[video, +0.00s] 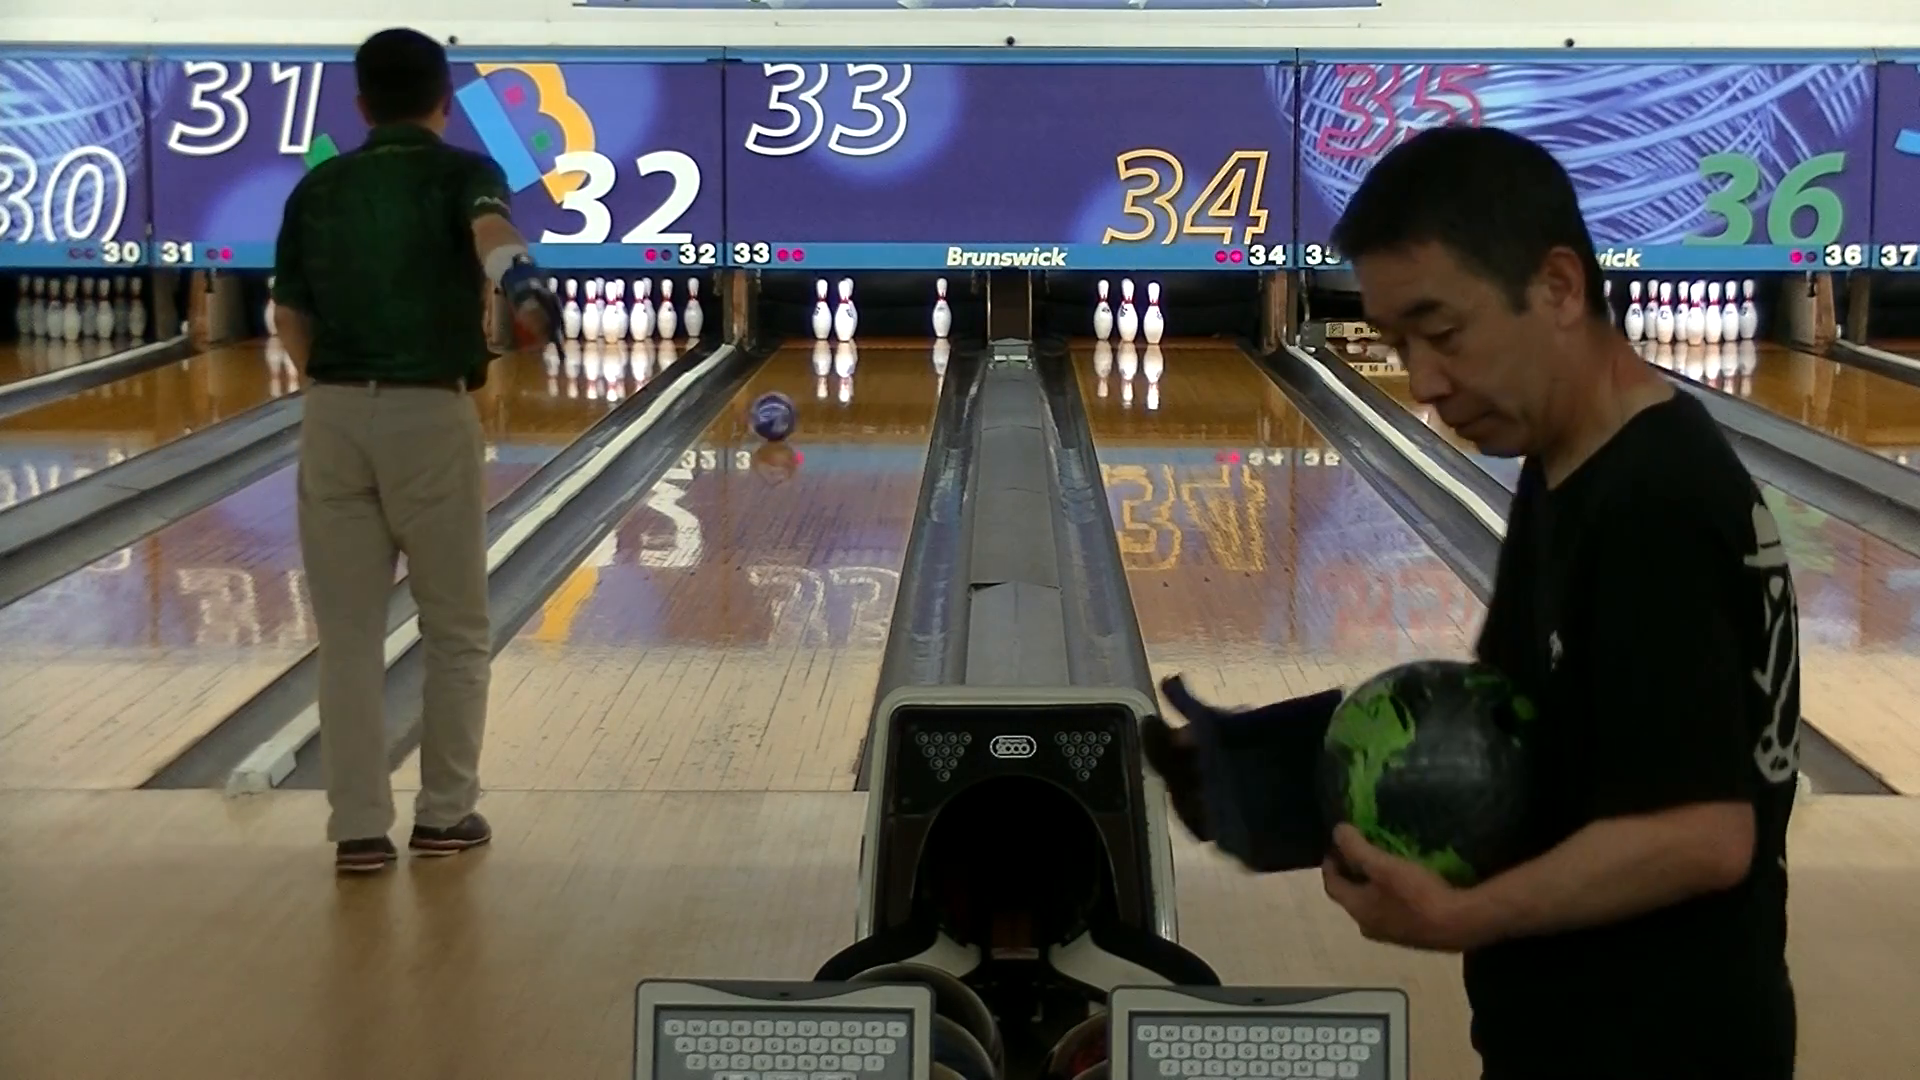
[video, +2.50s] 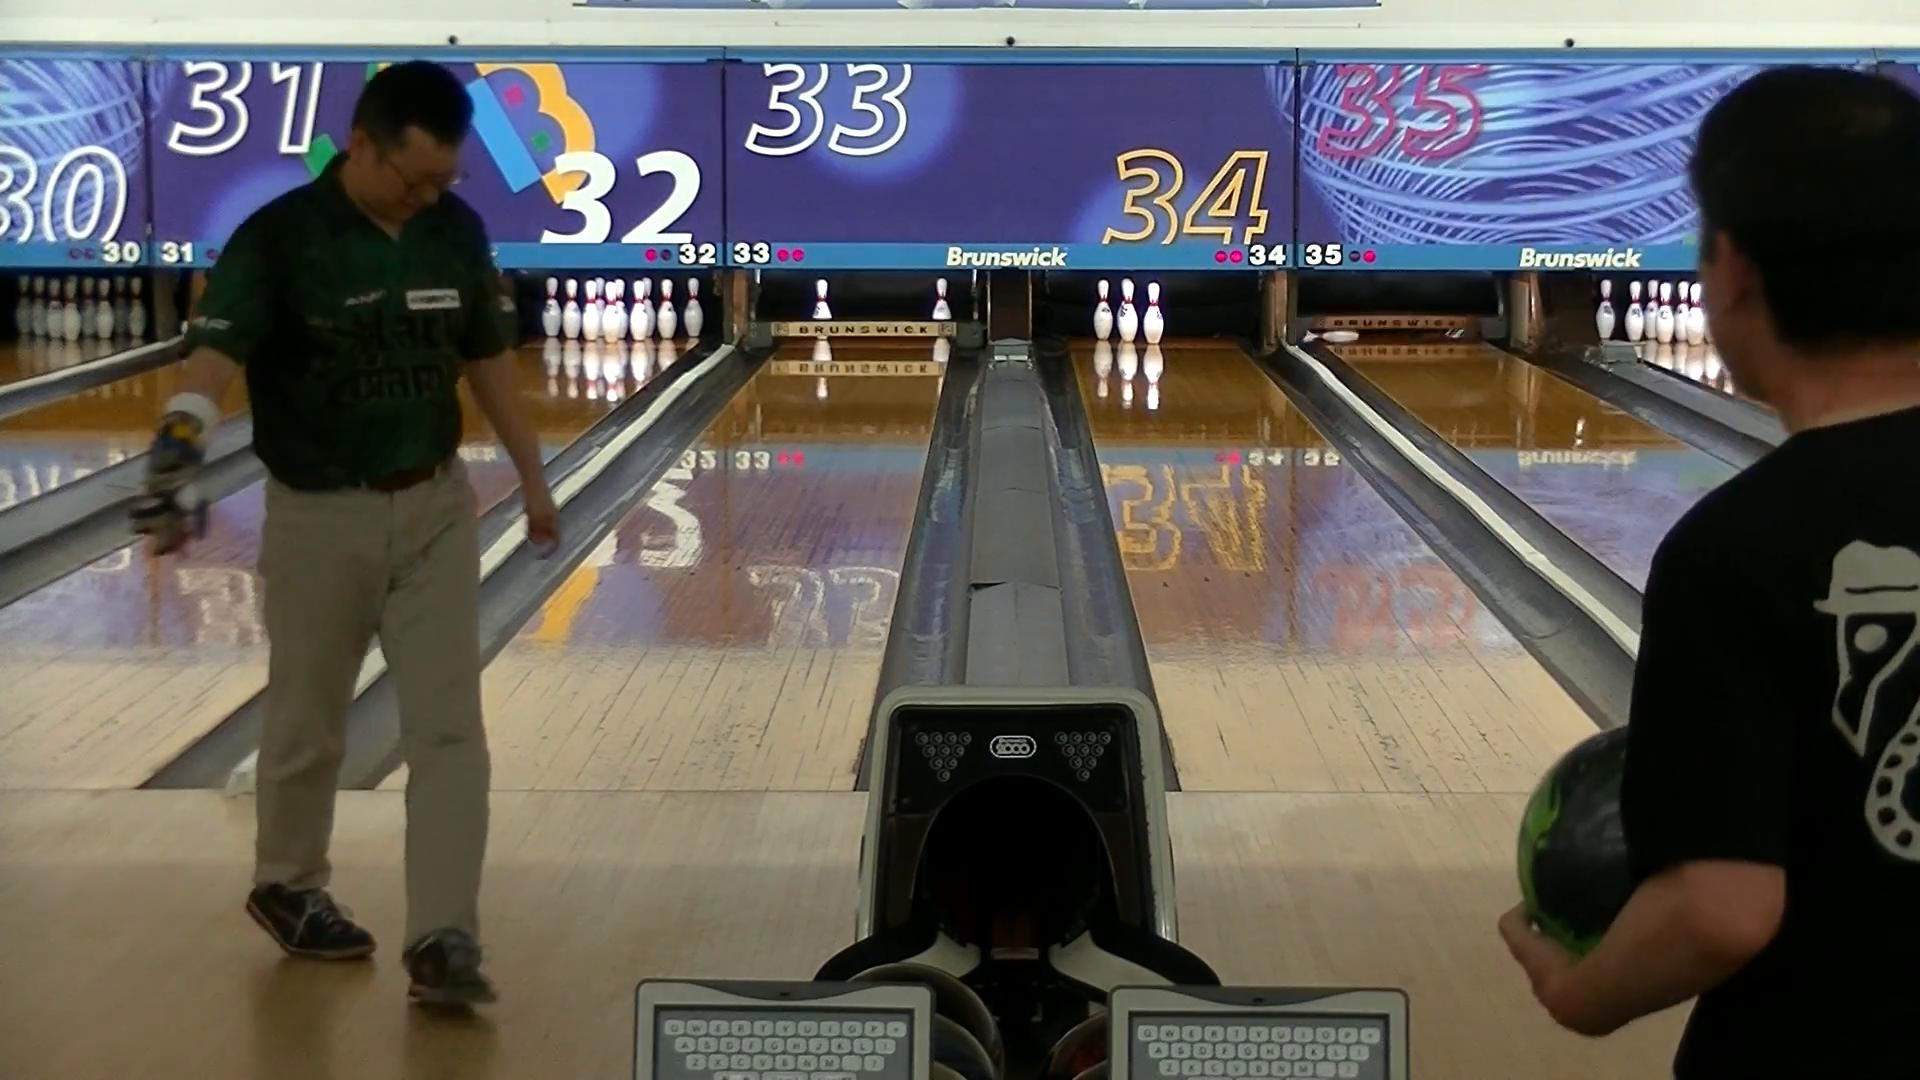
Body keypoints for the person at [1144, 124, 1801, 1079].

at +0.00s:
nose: (1423, 386)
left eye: (1441, 333)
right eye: (1400, 347)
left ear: (1560, 289)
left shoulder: (1666, 497)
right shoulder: (1565, 463)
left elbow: (1708, 834)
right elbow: (1508, 740)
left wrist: (1465, 915)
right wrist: (1279, 775)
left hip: (1661, 1046)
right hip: (1562, 1030)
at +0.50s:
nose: (1175, 534)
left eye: (1188, 483)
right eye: (1170, 484)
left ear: (1314, 477)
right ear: (1309, 482)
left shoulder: (1625, 600)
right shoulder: (1288, 650)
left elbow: (1839, 900)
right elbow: (1168, 924)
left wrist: (1635, 1073)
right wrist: (1050, 1070)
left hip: (1770, 1041)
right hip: (1542, 1036)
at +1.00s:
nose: (1216, 443)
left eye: (1202, 408)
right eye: (1201, 408)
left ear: (1254, 411)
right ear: (1404, 341)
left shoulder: (1573, 600)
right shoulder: (1378, 568)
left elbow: (1738, 944)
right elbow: (1340, 841)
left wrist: (1512, 1071)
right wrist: (1172, 998)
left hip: (1767, 1066)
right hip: (1596, 1033)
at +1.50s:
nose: (1266, 405)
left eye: (1254, 366)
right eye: (1252, 366)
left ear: (1298, 373)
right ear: (1455, 311)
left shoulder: (1585, 584)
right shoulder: (1426, 543)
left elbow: (1736, 941)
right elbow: (1403, 840)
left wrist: (1499, 1075)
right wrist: (1286, 996)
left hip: (1758, 1064)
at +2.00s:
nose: (1353, 349)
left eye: (1352, 317)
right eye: (1350, 315)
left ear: (1394, 342)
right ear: (1562, 296)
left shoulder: (1604, 586)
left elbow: (1736, 945)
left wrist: (1519, 1067)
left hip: (1765, 1059)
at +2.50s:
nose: (1704, 278)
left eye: (1703, 249)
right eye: (1702, 248)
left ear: (1734, 272)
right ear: (1913, 242)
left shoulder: (1738, 547)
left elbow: (1725, 906)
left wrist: (1580, 996)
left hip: (1792, 1053)